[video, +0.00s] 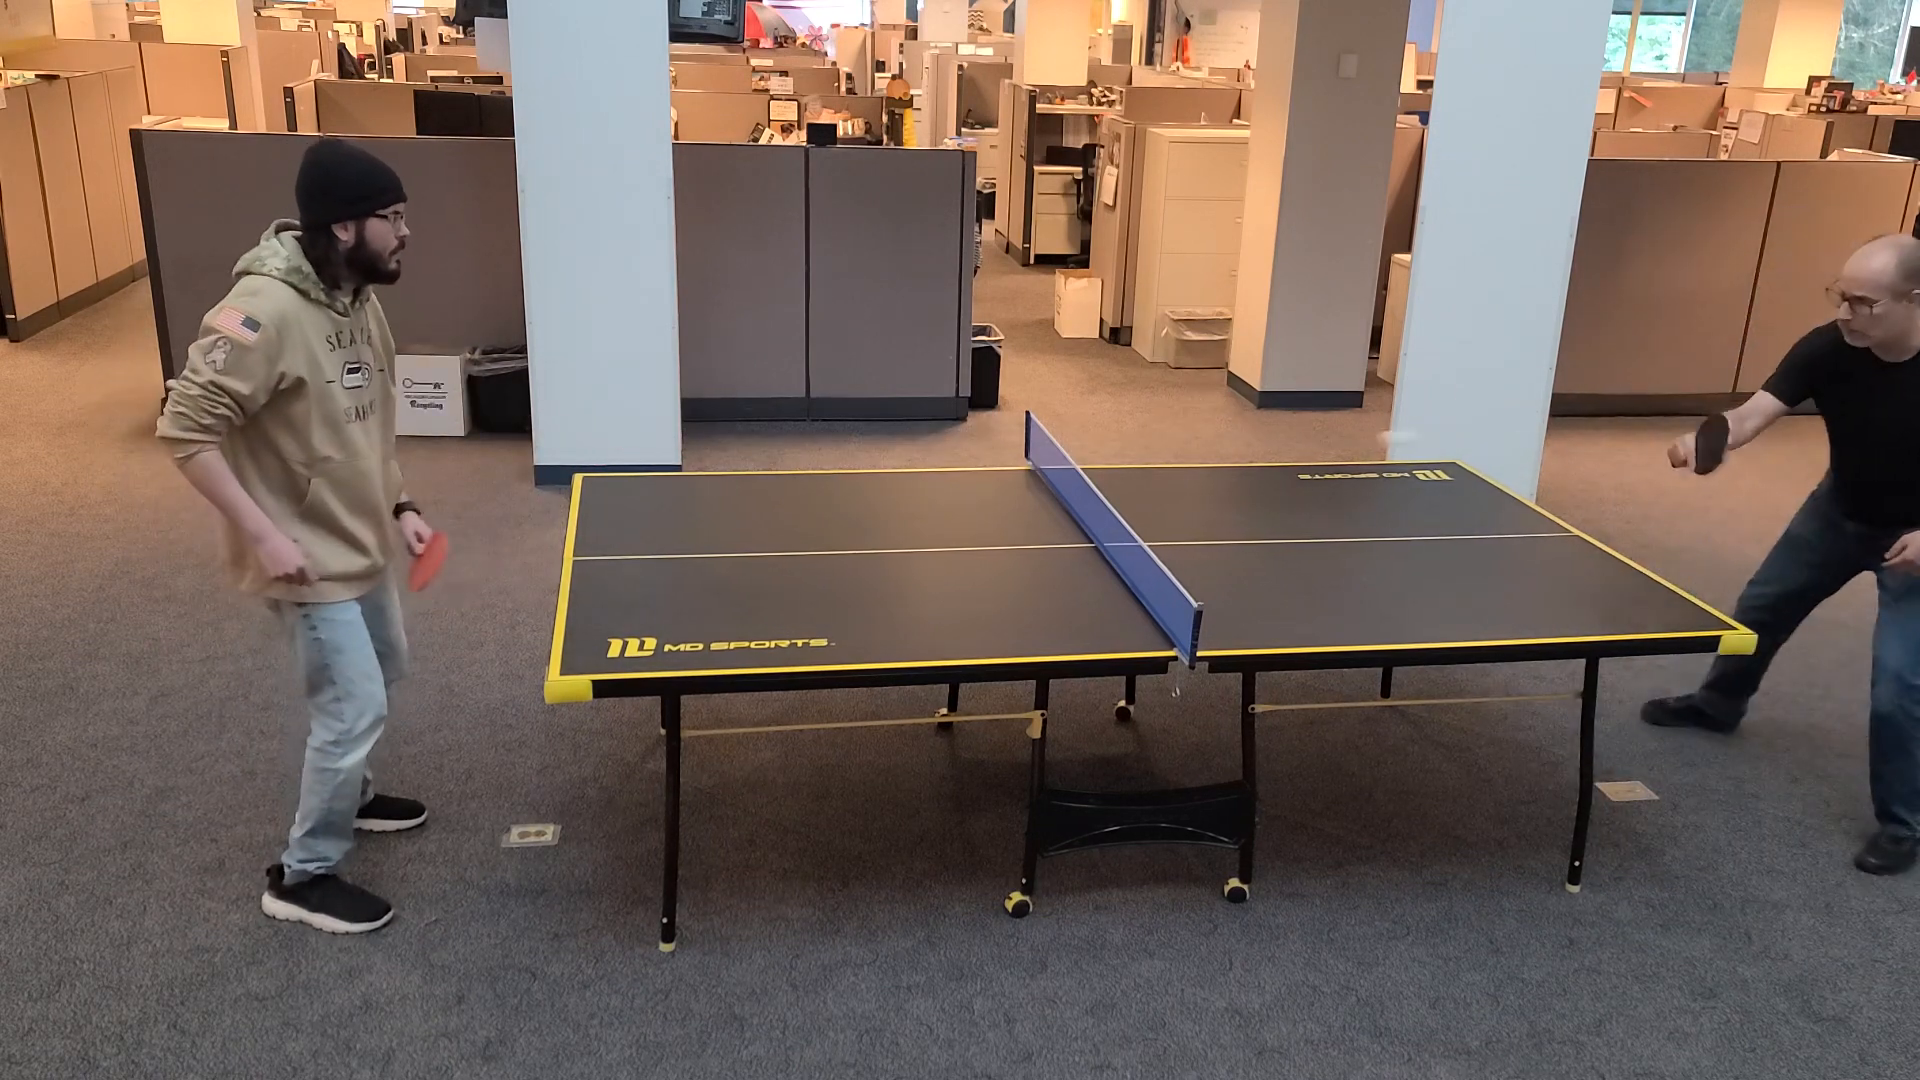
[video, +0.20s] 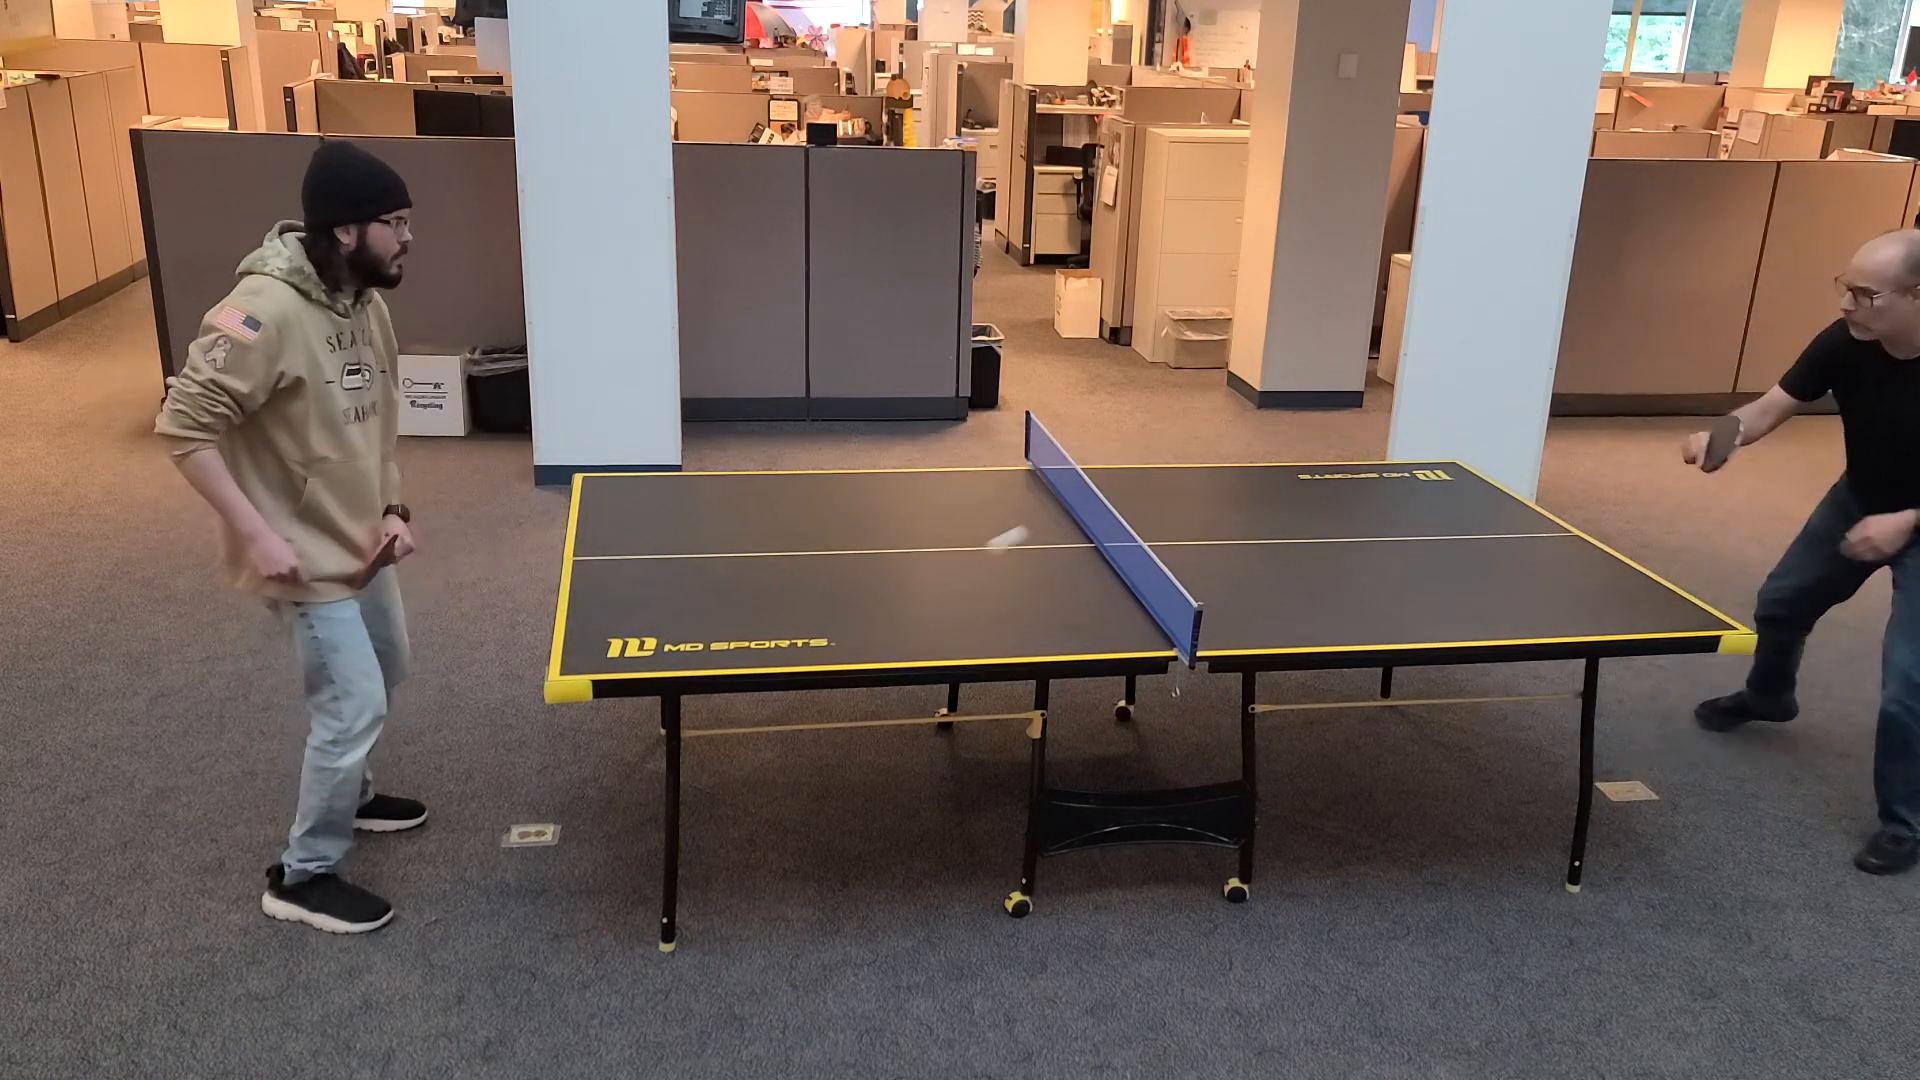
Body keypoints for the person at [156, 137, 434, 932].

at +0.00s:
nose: (405, 230)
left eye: (402, 214)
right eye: (391, 217)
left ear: (349, 228)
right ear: (340, 228)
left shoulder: (358, 298)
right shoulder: (263, 310)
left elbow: (366, 426)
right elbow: (185, 429)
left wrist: (398, 504)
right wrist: (263, 534)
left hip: (364, 542)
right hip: (303, 556)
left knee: (383, 674)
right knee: (352, 709)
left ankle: (343, 800)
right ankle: (302, 873)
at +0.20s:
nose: (407, 237)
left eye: (405, 221)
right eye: (394, 223)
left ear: (352, 229)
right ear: (344, 228)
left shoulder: (365, 301)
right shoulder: (262, 312)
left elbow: (376, 422)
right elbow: (184, 427)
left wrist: (391, 506)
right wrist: (257, 533)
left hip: (366, 542)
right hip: (303, 559)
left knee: (383, 675)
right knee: (351, 709)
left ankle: (345, 799)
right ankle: (302, 872)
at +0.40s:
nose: (407, 245)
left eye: (404, 230)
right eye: (394, 231)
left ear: (352, 239)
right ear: (343, 238)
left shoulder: (381, 320)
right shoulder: (248, 318)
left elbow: (408, 435)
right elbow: (167, 426)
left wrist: (416, 511)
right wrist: (222, 535)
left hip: (373, 551)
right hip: (299, 565)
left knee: (395, 681)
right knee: (351, 710)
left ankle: (348, 797)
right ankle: (303, 872)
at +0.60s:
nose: (401, 235)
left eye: (398, 219)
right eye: (387, 221)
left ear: (349, 231)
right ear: (337, 231)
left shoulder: (379, 313)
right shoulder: (244, 313)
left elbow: (431, 414)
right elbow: (151, 418)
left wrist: (535, 441)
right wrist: (215, 523)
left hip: (368, 548)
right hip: (295, 559)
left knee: (388, 679)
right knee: (345, 710)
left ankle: (344, 799)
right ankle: (301, 874)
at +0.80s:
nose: (406, 225)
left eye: (402, 209)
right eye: (393, 212)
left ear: (353, 223)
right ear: (346, 225)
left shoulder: (358, 295)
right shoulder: (262, 306)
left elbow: (357, 395)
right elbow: (168, 417)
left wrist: (448, 406)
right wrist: (247, 518)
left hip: (360, 537)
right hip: (301, 550)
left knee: (380, 669)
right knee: (345, 706)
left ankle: (345, 799)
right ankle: (302, 874)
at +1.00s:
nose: (406, 226)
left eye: (402, 210)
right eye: (393, 212)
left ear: (349, 222)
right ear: (347, 222)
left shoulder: (332, 284)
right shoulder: (275, 304)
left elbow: (311, 417)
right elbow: (199, 427)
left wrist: (375, 467)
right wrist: (282, 528)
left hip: (353, 537)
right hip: (307, 553)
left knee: (386, 671)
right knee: (354, 708)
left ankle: (344, 800)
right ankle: (302, 873)